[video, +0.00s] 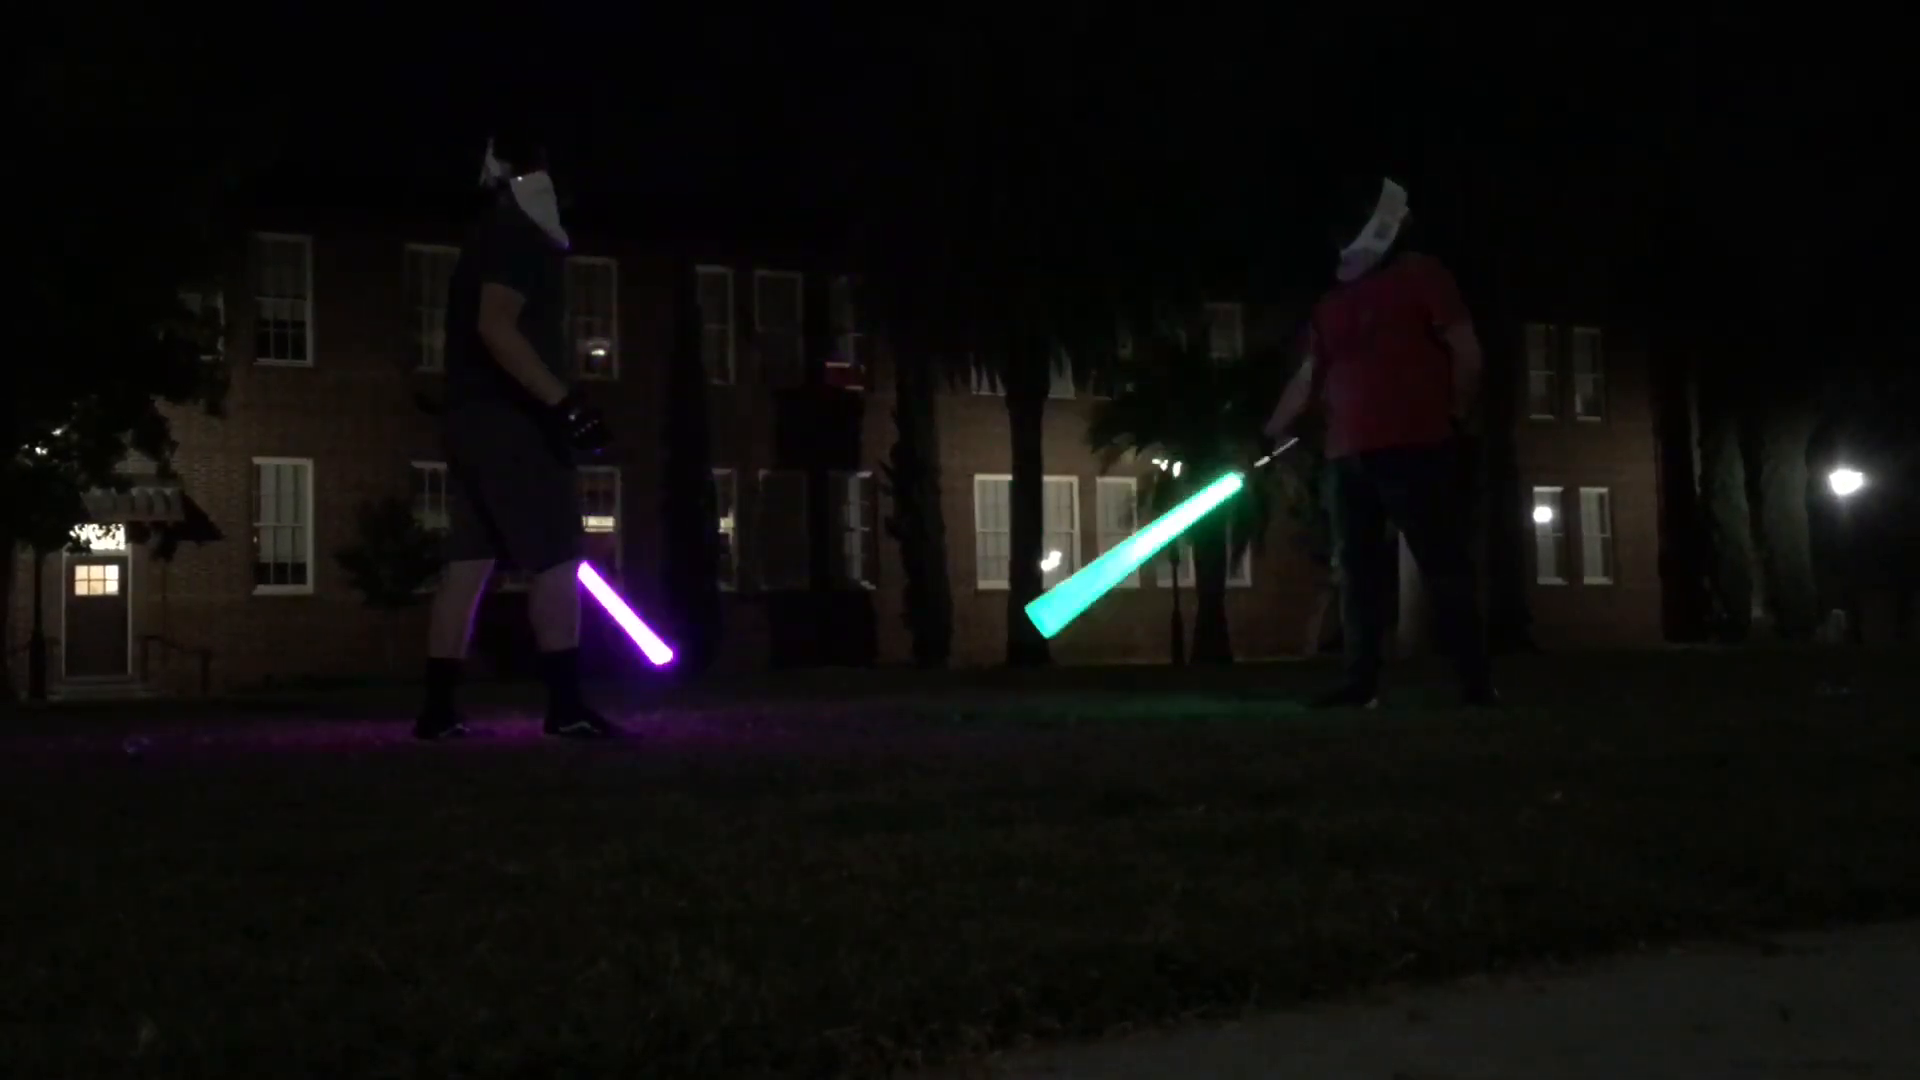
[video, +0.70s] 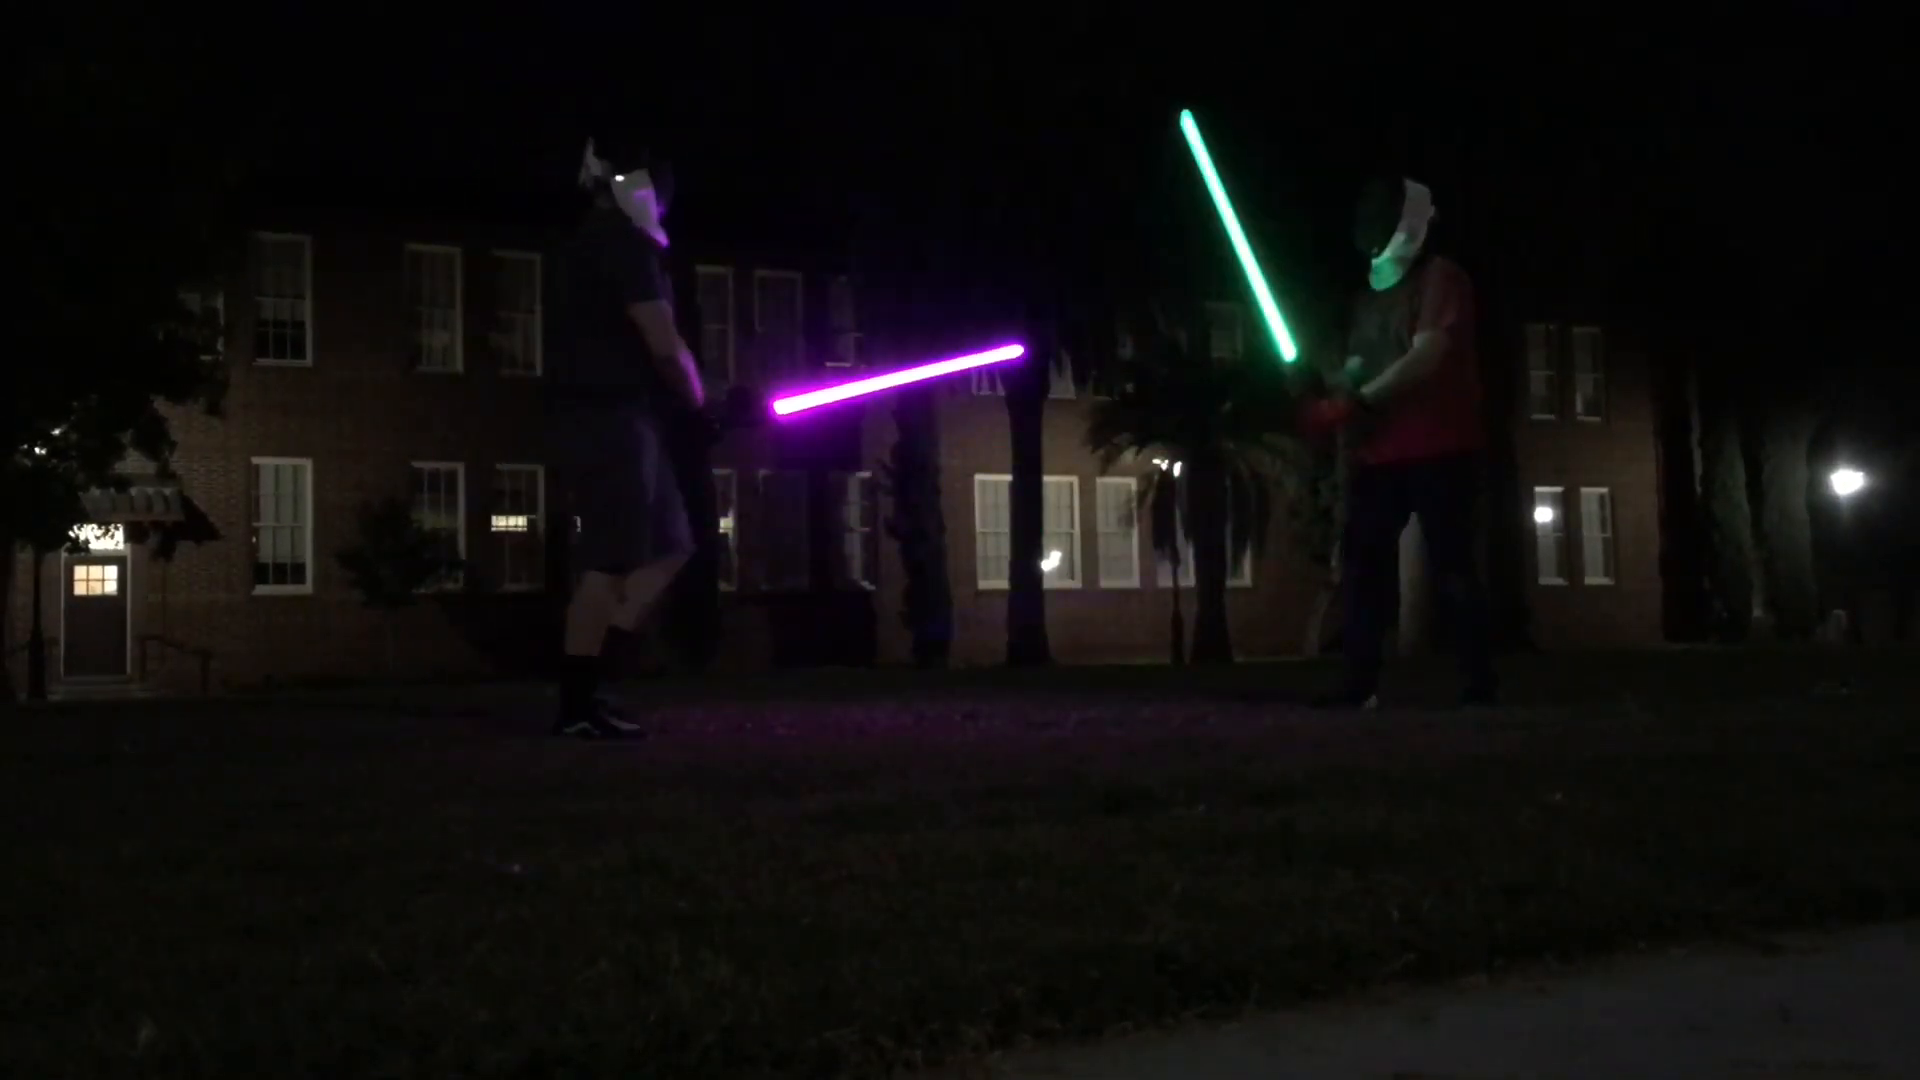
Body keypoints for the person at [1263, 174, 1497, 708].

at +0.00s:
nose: (1353, 240)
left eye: (1363, 228)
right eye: (1351, 229)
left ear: (1384, 228)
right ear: (1351, 233)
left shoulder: (1419, 276)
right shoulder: (1337, 300)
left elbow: (1466, 352)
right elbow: (1308, 377)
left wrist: (1456, 411)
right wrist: (1273, 430)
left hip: (1421, 448)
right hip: (1353, 457)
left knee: (1444, 568)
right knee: (1361, 572)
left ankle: (1470, 678)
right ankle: (1359, 679)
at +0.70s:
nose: (1374, 236)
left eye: (1386, 223)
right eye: (1371, 225)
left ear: (1413, 225)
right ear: (1369, 230)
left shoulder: (1438, 278)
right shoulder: (1372, 296)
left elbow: (1429, 352)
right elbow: (1359, 363)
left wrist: (1362, 397)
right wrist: (1329, 386)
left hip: (1439, 453)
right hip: (1380, 455)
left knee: (1451, 569)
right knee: (1366, 567)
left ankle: (1472, 679)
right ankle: (1359, 679)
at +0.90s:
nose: (1376, 249)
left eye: (1386, 235)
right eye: (1371, 239)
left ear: (1413, 231)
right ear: (1369, 238)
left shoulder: (1440, 283)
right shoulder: (1371, 300)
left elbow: (1419, 359)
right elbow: (1350, 362)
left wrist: (1348, 390)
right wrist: (1320, 382)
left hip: (1437, 455)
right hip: (1379, 456)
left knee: (1451, 570)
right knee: (1346, 561)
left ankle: (1476, 684)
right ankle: (1328, 679)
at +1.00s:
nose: (1369, 253)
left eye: (1379, 240)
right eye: (1363, 243)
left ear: (1404, 237)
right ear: (1360, 245)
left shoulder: (1434, 289)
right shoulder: (1356, 309)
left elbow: (1414, 365)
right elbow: (1339, 375)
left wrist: (1340, 393)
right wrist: (1298, 370)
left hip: (1432, 461)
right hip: (1371, 464)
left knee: (1446, 576)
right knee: (1338, 566)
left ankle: (1474, 684)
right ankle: (1321, 680)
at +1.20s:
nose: (1355, 260)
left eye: (1367, 249)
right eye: (1352, 250)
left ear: (1392, 249)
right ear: (1348, 253)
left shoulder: (1418, 298)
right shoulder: (1344, 313)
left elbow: (1388, 370)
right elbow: (1318, 380)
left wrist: (1313, 405)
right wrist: (1268, 385)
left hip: (1430, 467)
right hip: (1368, 469)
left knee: (1451, 577)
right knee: (1328, 564)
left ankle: (1495, 675)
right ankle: (1315, 681)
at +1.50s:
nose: (1449, 282)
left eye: (1460, 271)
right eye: (1450, 273)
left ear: (1485, 274)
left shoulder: (1502, 310)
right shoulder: (1441, 330)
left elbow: (1431, 331)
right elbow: (1406, 398)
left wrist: (1367, 343)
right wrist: (1338, 392)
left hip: (1495, 482)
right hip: (1436, 485)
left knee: (1548, 598)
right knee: (1373, 584)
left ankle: (1640, 688)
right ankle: (1317, 690)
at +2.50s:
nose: (1697, 246)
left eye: (1709, 232)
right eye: (1694, 234)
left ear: (1737, 232)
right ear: (1691, 236)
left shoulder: (1771, 283)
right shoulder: (1683, 302)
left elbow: (1746, 356)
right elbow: (1657, 362)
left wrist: (1673, 379)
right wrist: (1640, 381)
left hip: (1775, 450)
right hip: (1704, 457)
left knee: (1825, 566)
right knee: (1653, 564)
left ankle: (1884, 672)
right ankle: (1604, 674)